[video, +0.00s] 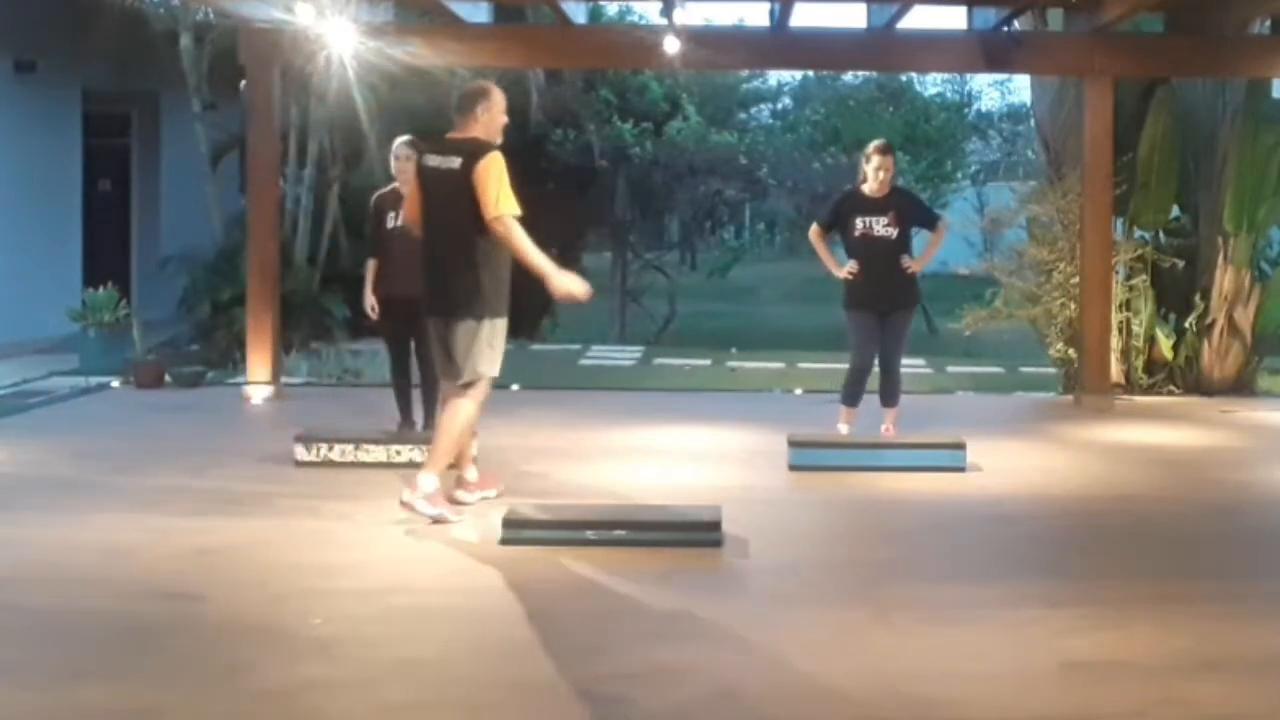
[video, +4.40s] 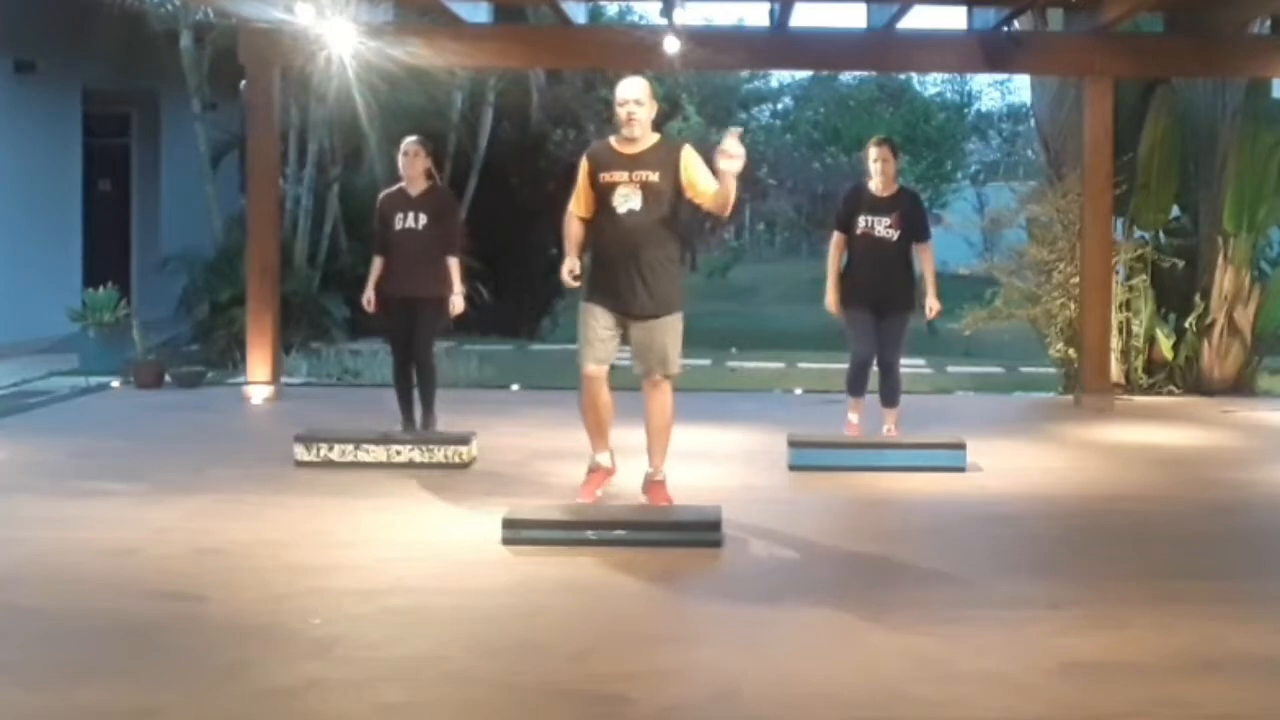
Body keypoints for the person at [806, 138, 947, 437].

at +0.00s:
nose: (884, 175)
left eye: (889, 169)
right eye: (879, 169)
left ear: (895, 170)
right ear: (866, 168)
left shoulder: (904, 200)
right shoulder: (848, 200)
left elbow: (940, 228)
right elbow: (815, 233)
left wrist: (922, 262)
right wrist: (836, 268)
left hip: (899, 289)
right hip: (862, 289)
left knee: (890, 360)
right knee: (863, 357)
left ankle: (889, 426)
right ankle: (845, 424)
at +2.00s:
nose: (875, 160)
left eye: (881, 155)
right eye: (870, 155)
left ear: (891, 160)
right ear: (863, 160)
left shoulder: (905, 199)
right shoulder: (849, 195)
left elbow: (916, 247)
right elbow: (832, 242)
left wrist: (921, 290)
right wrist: (826, 287)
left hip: (893, 291)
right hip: (854, 289)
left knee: (886, 359)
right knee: (856, 357)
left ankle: (887, 424)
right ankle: (858, 424)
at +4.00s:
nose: (881, 172)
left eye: (886, 166)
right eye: (875, 165)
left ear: (894, 166)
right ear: (863, 164)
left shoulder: (903, 199)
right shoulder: (846, 197)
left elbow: (912, 247)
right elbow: (829, 244)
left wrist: (916, 290)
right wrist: (827, 290)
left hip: (892, 289)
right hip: (852, 288)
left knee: (891, 356)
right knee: (856, 357)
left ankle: (892, 418)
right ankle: (856, 423)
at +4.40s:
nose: (879, 166)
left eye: (884, 160)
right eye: (874, 161)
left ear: (896, 163)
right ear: (867, 165)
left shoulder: (910, 201)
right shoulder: (854, 197)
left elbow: (924, 248)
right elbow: (838, 242)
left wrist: (931, 293)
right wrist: (831, 286)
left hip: (896, 293)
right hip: (857, 291)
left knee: (889, 360)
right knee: (863, 353)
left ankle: (890, 424)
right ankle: (854, 413)